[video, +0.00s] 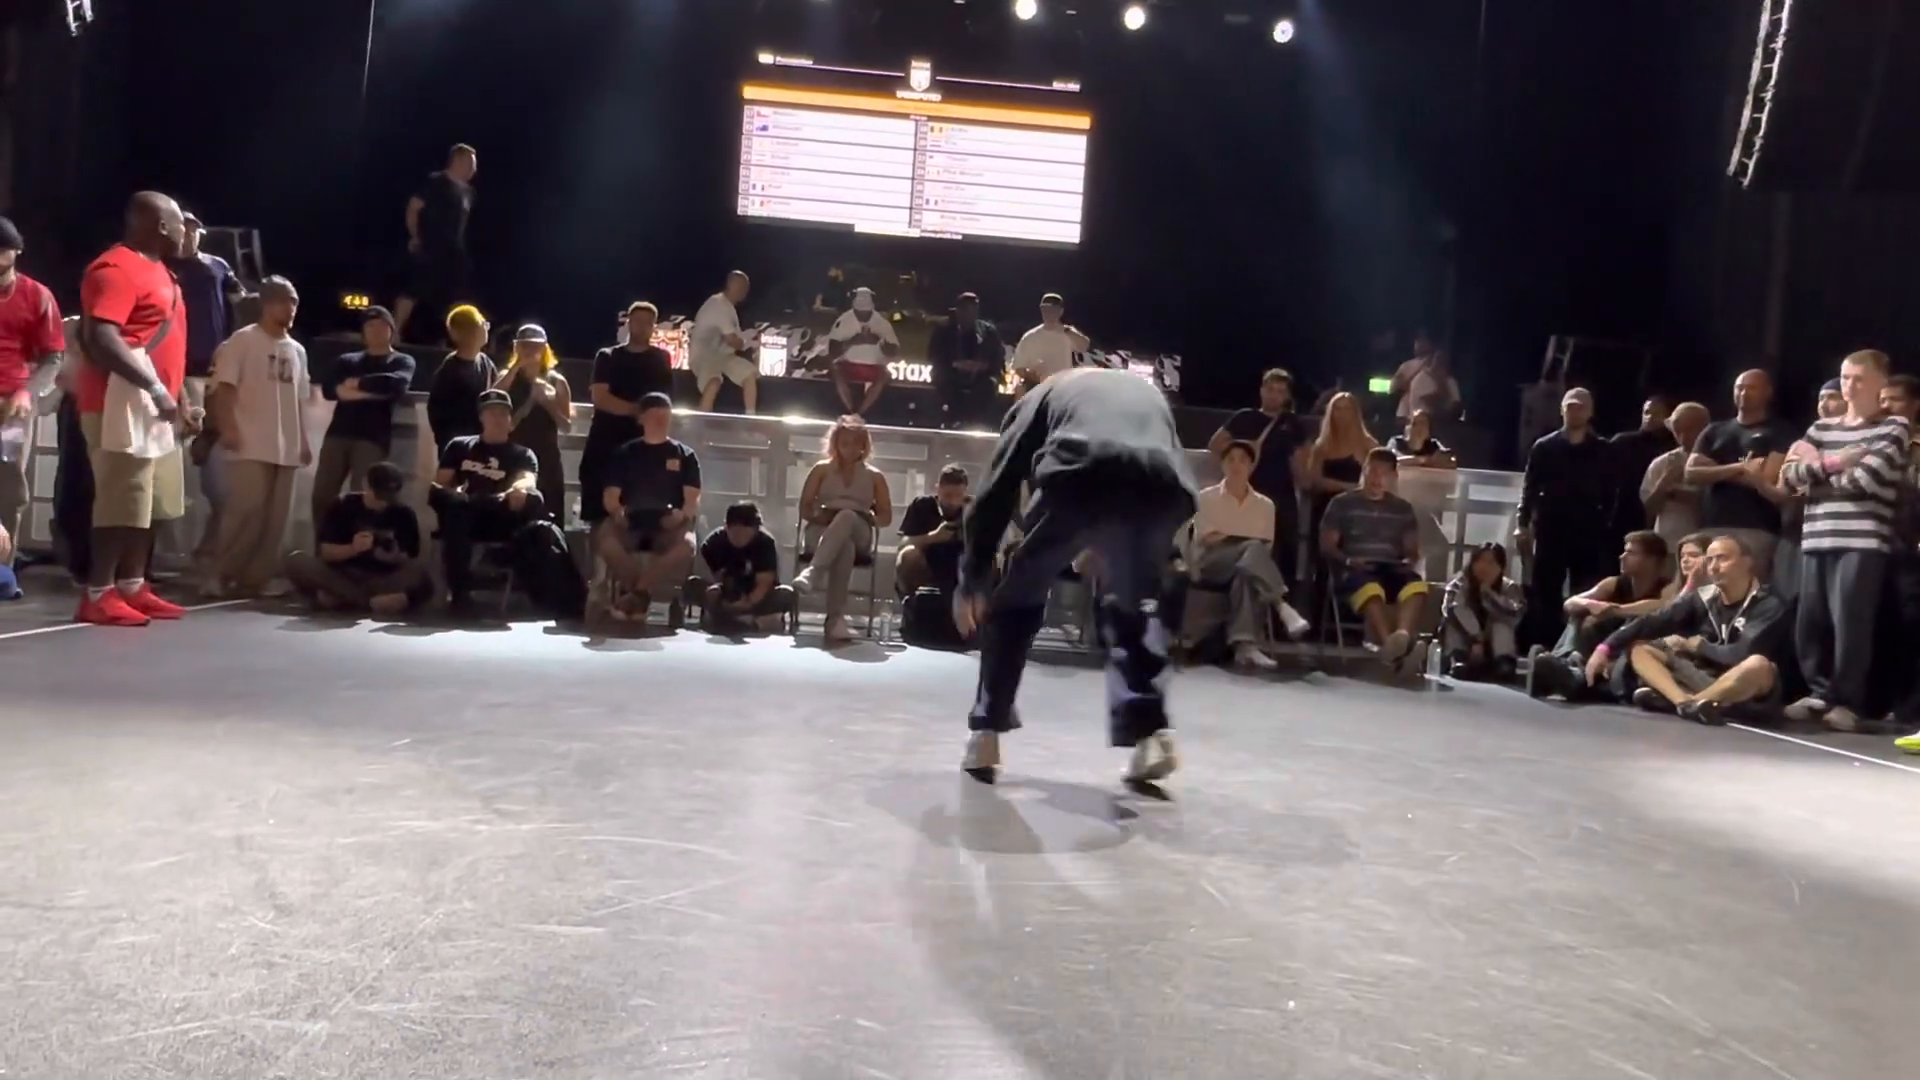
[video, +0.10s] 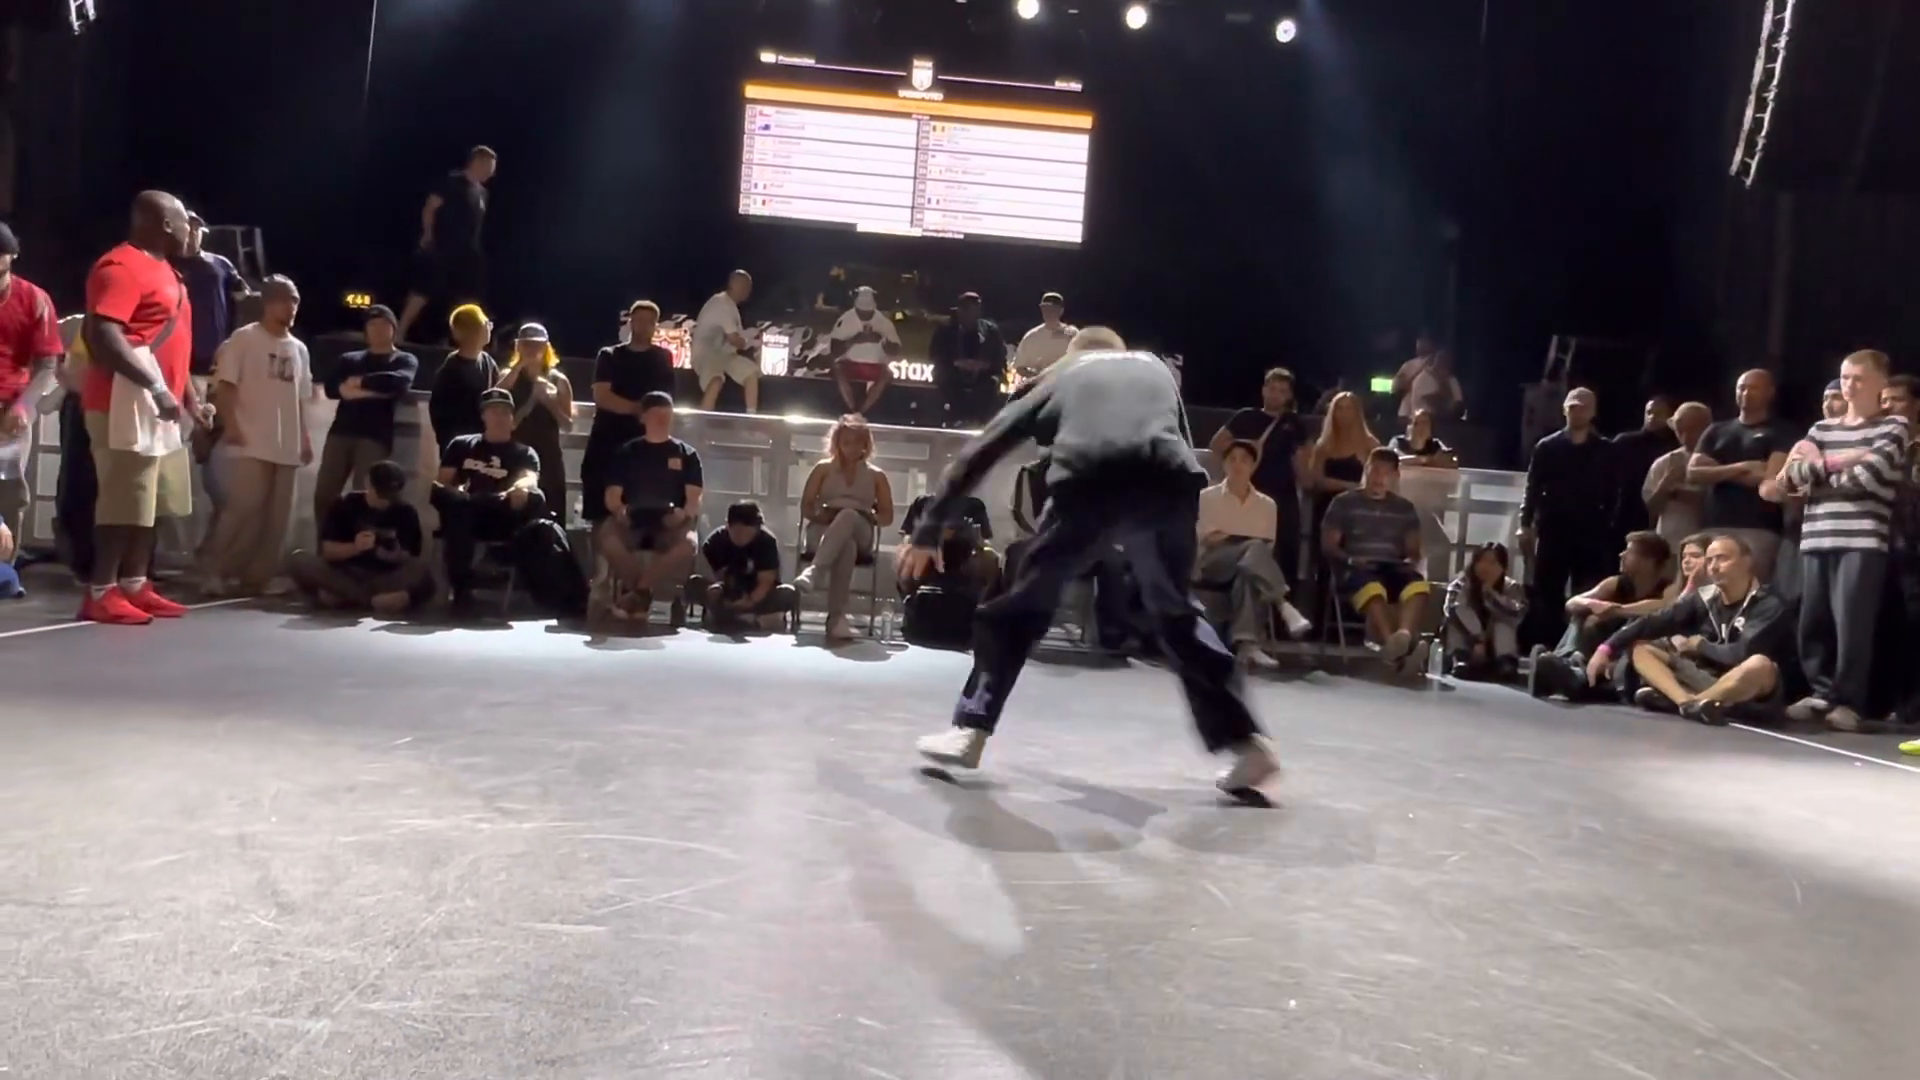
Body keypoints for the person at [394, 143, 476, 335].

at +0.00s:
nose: (474, 167)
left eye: (475, 162)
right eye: (471, 161)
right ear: (458, 161)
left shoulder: (467, 191)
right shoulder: (436, 181)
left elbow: (461, 221)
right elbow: (413, 207)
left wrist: (458, 242)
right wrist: (414, 237)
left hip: (455, 249)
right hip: (429, 246)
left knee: (457, 294)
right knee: (412, 292)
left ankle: (458, 340)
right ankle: (395, 332)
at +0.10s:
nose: (491, 171)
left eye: (493, 166)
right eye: (489, 165)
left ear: (490, 166)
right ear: (477, 162)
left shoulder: (482, 192)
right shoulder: (454, 181)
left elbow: (475, 221)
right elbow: (430, 207)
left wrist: (473, 243)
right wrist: (427, 235)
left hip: (468, 249)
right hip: (443, 246)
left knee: (466, 296)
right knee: (423, 291)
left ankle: (461, 341)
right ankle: (400, 333)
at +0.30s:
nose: (522, 172)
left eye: (523, 167)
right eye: (520, 166)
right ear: (509, 163)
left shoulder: (511, 193)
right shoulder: (487, 182)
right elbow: (462, 205)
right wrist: (454, 230)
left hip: (496, 249)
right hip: (478, 246)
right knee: (474, 292)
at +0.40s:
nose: (535, 171)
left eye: (536, 166)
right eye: (532, 165)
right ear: (521, 164)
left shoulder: (522, 192)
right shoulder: (502, 183)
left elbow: (518, 227)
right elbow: (476, 204)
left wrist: (521, 253)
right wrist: (468, 230)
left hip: (511, 253)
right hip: (494, 250)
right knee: (495, 300)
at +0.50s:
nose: (548, 174)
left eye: (549, 169)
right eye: (544, 168)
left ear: (549, 170)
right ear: (532, 166)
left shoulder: (534, 193)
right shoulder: (515, 186)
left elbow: (534, 230)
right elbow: (491, 209)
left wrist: (543, 254)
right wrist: (484, 233)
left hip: (528, 254)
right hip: (505, 251)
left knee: (527, 302)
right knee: (494, 297)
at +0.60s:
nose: (565, 176)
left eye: (566, 172)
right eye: (562, 171)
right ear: (549, 168)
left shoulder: (549, 193)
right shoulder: (533, 188)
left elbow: (553, 229)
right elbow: (509, 213)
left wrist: (565, 252)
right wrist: (504, 237)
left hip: (545, 252)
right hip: (530, 251)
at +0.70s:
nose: (582, 173)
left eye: (584, 168)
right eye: (579, 167)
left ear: (581, 170)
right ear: (567, 167)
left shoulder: (568, 193)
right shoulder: (554, 189)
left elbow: (571, 230)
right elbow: (532, 214)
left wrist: (582, 250)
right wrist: (527, 242)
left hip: (562, 250)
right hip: (551, 249)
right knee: (567, 295)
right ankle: (569, 338)